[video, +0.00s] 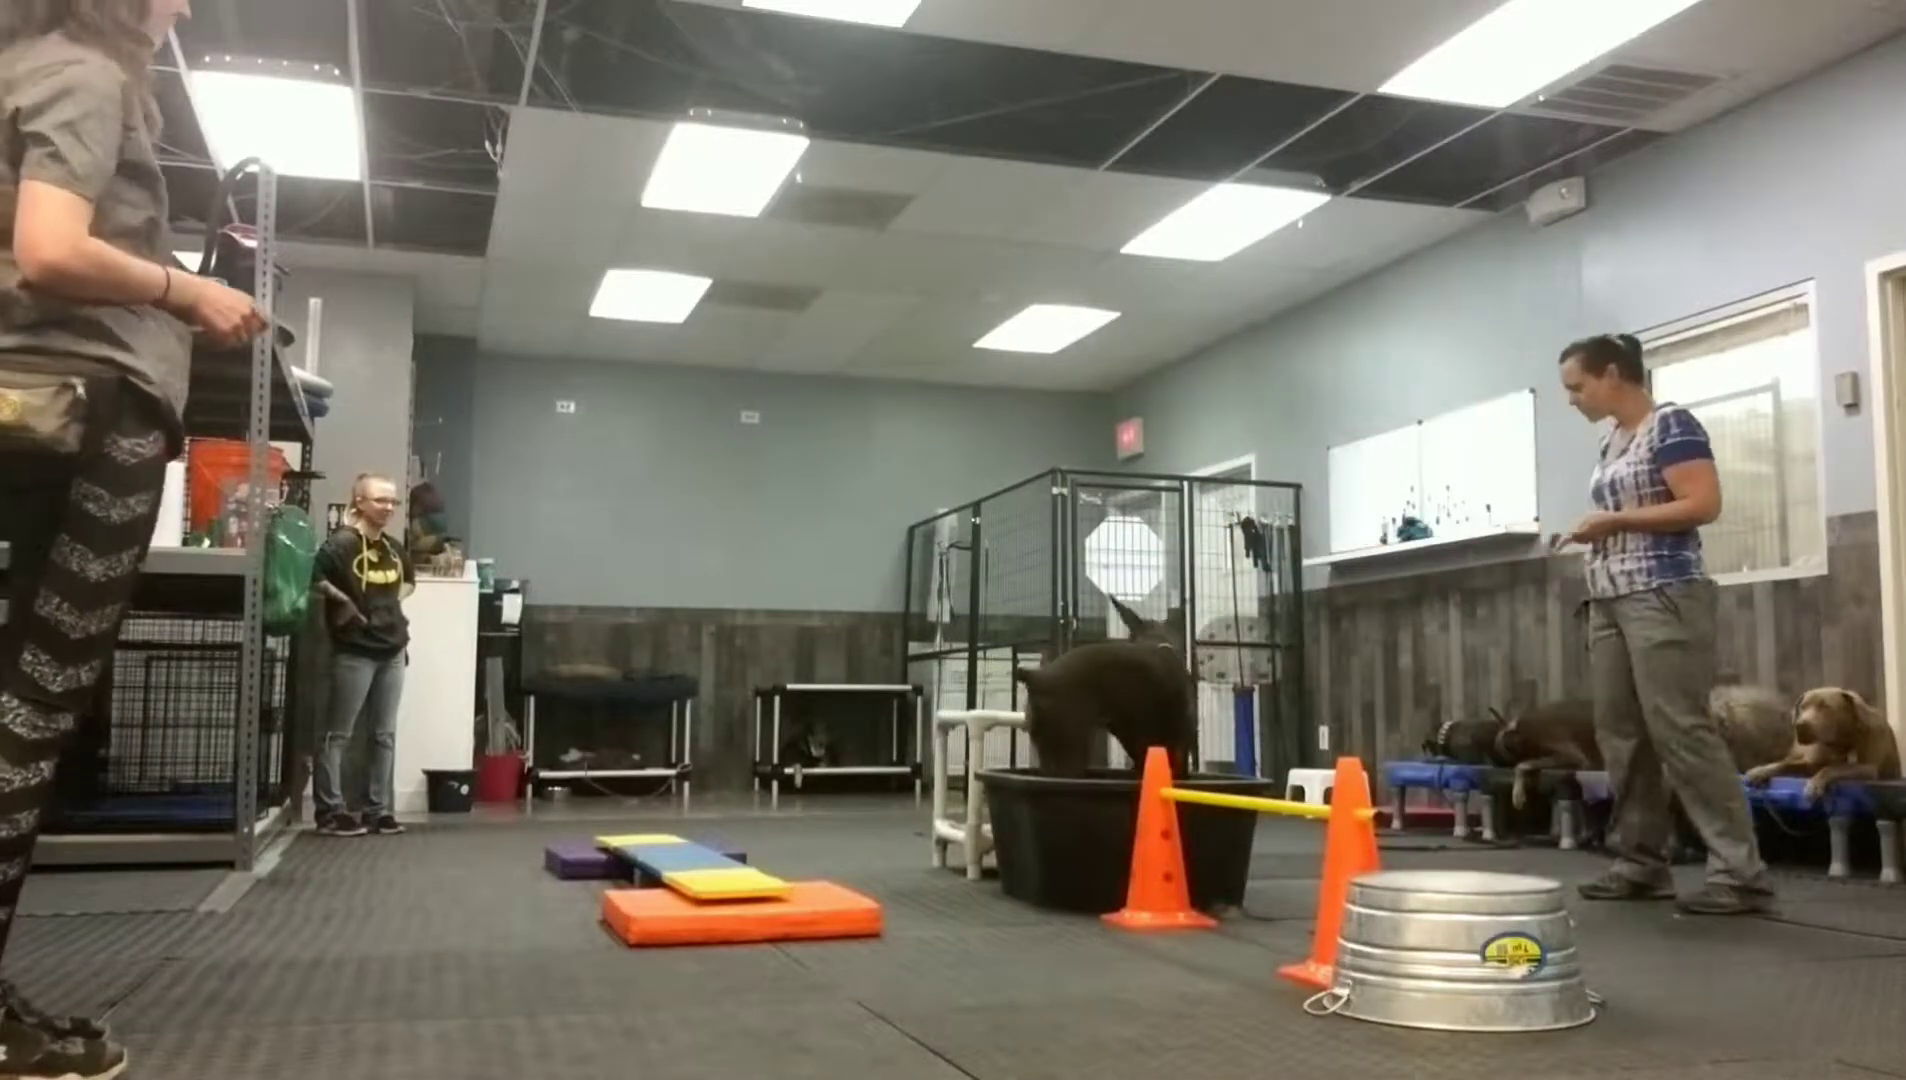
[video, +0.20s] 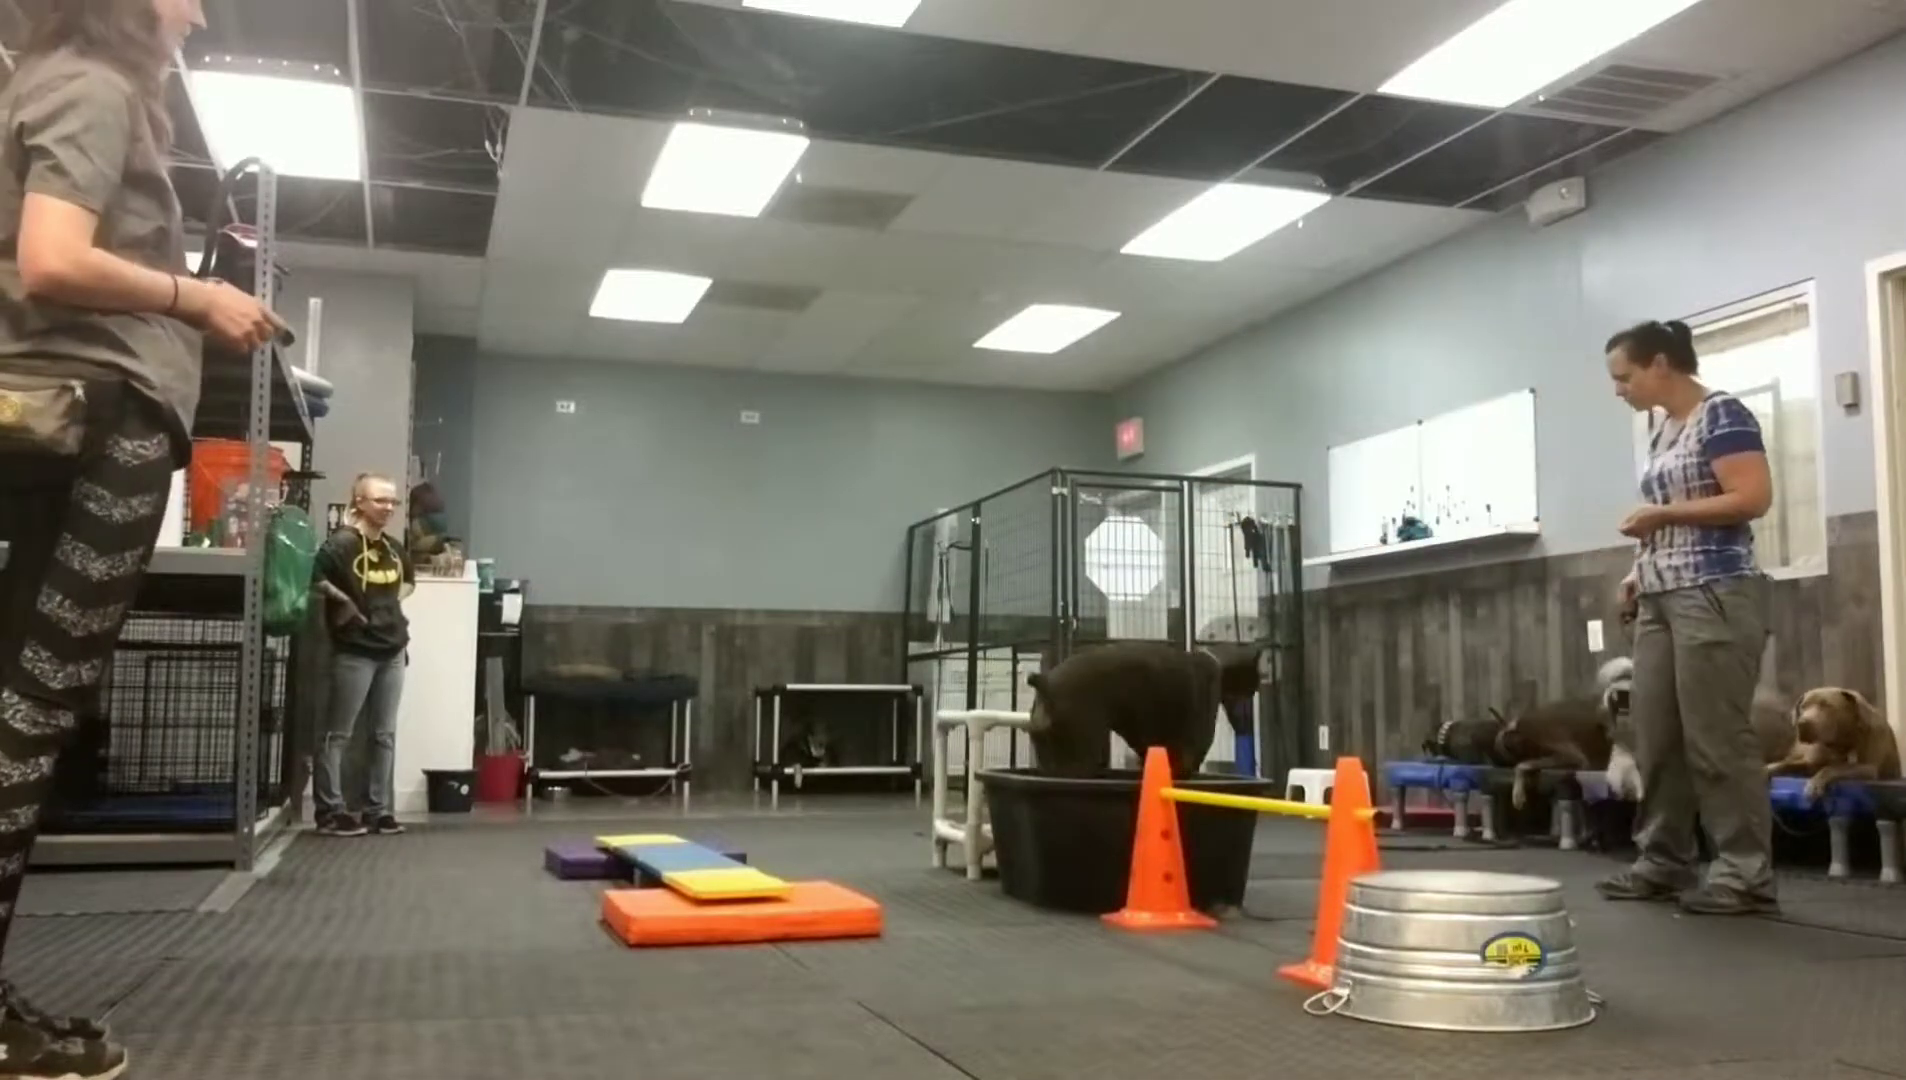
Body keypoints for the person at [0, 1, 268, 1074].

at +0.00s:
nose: (177, 14)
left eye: (179, 6)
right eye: (169, 1)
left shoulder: (44, 61)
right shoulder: (86, 68)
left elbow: (48, 249)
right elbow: (50, 249)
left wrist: (170, 282)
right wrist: (187, 289)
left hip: (52, 438)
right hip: (77, 442)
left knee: (38, 709)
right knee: (38, 713)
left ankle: (6, 1010)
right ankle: (2, 1014)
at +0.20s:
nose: (196, 15)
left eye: (195, 6)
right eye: (185, 0)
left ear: (104, 5)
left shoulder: (56, 77)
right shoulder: (93, 84)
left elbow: (53, 262)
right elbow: (51, 262)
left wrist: (182, 294)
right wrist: (197, 296)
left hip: (68, 427)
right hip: (94, 429)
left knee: (39, 705)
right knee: (38, 708)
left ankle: (4, 1006)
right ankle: (0, 1012)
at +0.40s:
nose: (201, 21)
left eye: (201, 10)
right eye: (191, 5)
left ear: (112, 10)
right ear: (143, 3)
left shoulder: (66, 85)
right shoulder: (101, 88)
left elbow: (58, 263)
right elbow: (57, 261)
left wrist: (188, 298)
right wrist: (201, 300)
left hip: (74, 431)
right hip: (94, 433)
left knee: (41, 705)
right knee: (38, 708)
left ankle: (6, 1009)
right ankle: (2, 1014)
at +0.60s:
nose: (202, 21)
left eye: (203, 9)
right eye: (193, 4)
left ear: (116, 11)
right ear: (145, 4)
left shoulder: (84, 88)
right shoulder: (104, 89)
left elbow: (63, 263)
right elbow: (60, 261)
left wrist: (193, 298)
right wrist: (202, 300)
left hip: (95, 425)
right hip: (105, 429)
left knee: (39, 705)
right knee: (37, 708)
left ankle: (2, 1004)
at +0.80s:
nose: (202, 23)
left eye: (203, 10)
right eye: (192, 5)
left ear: (116, 11)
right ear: (144, 3)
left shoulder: (80, 88)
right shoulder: (104, 89)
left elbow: (61, 263)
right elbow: (60, 260)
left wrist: (193, 299)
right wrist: (203, 301)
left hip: (93, 426)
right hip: (106, 430)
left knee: (40, 704)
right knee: (38, 707)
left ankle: (2, 1003)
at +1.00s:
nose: (203, 20)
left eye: (202, 8)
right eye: (191, 3)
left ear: (124, 12)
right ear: (141, 2)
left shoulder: (102, 88)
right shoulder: (99, 88)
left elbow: (65, 261)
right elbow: (54, 259)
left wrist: (193, 293)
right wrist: (198, 297)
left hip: (99, 426)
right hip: (102, 429)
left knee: (39, 703)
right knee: (35, 707)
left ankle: (1, 1002)